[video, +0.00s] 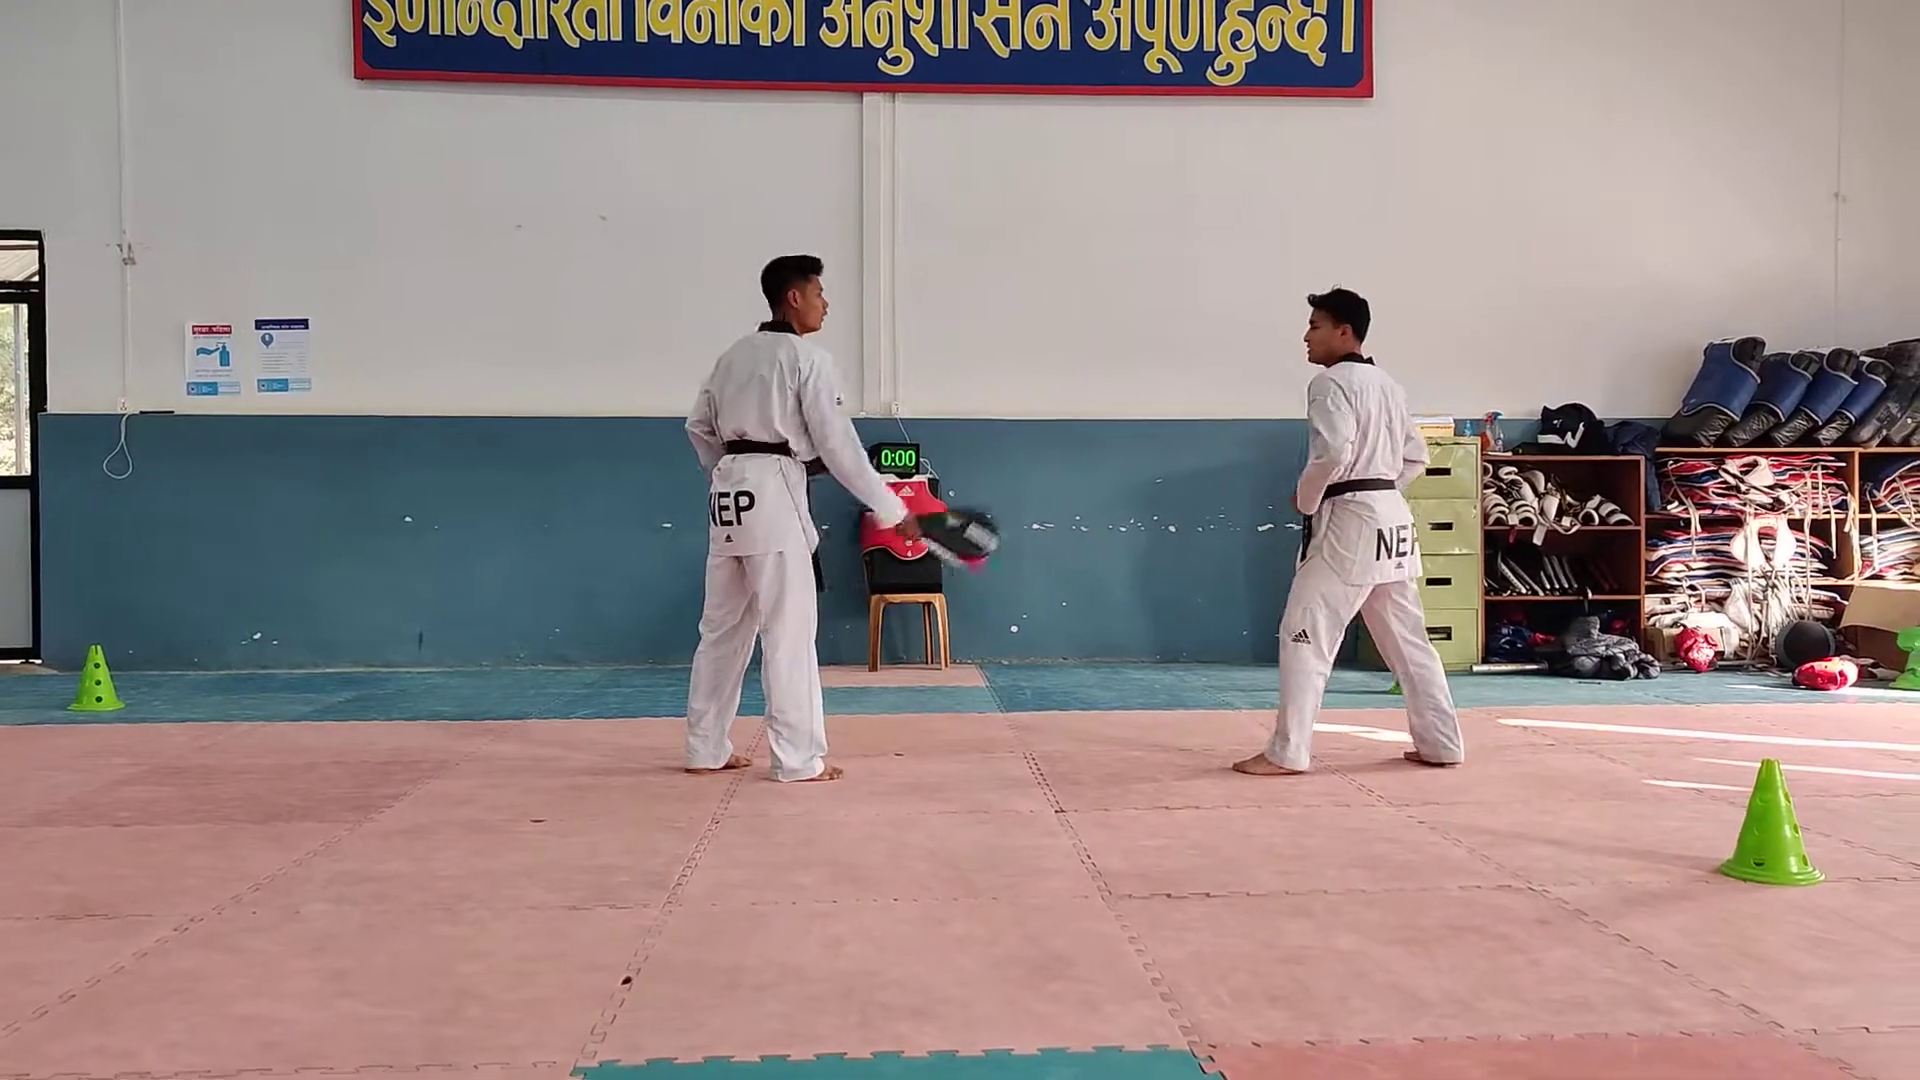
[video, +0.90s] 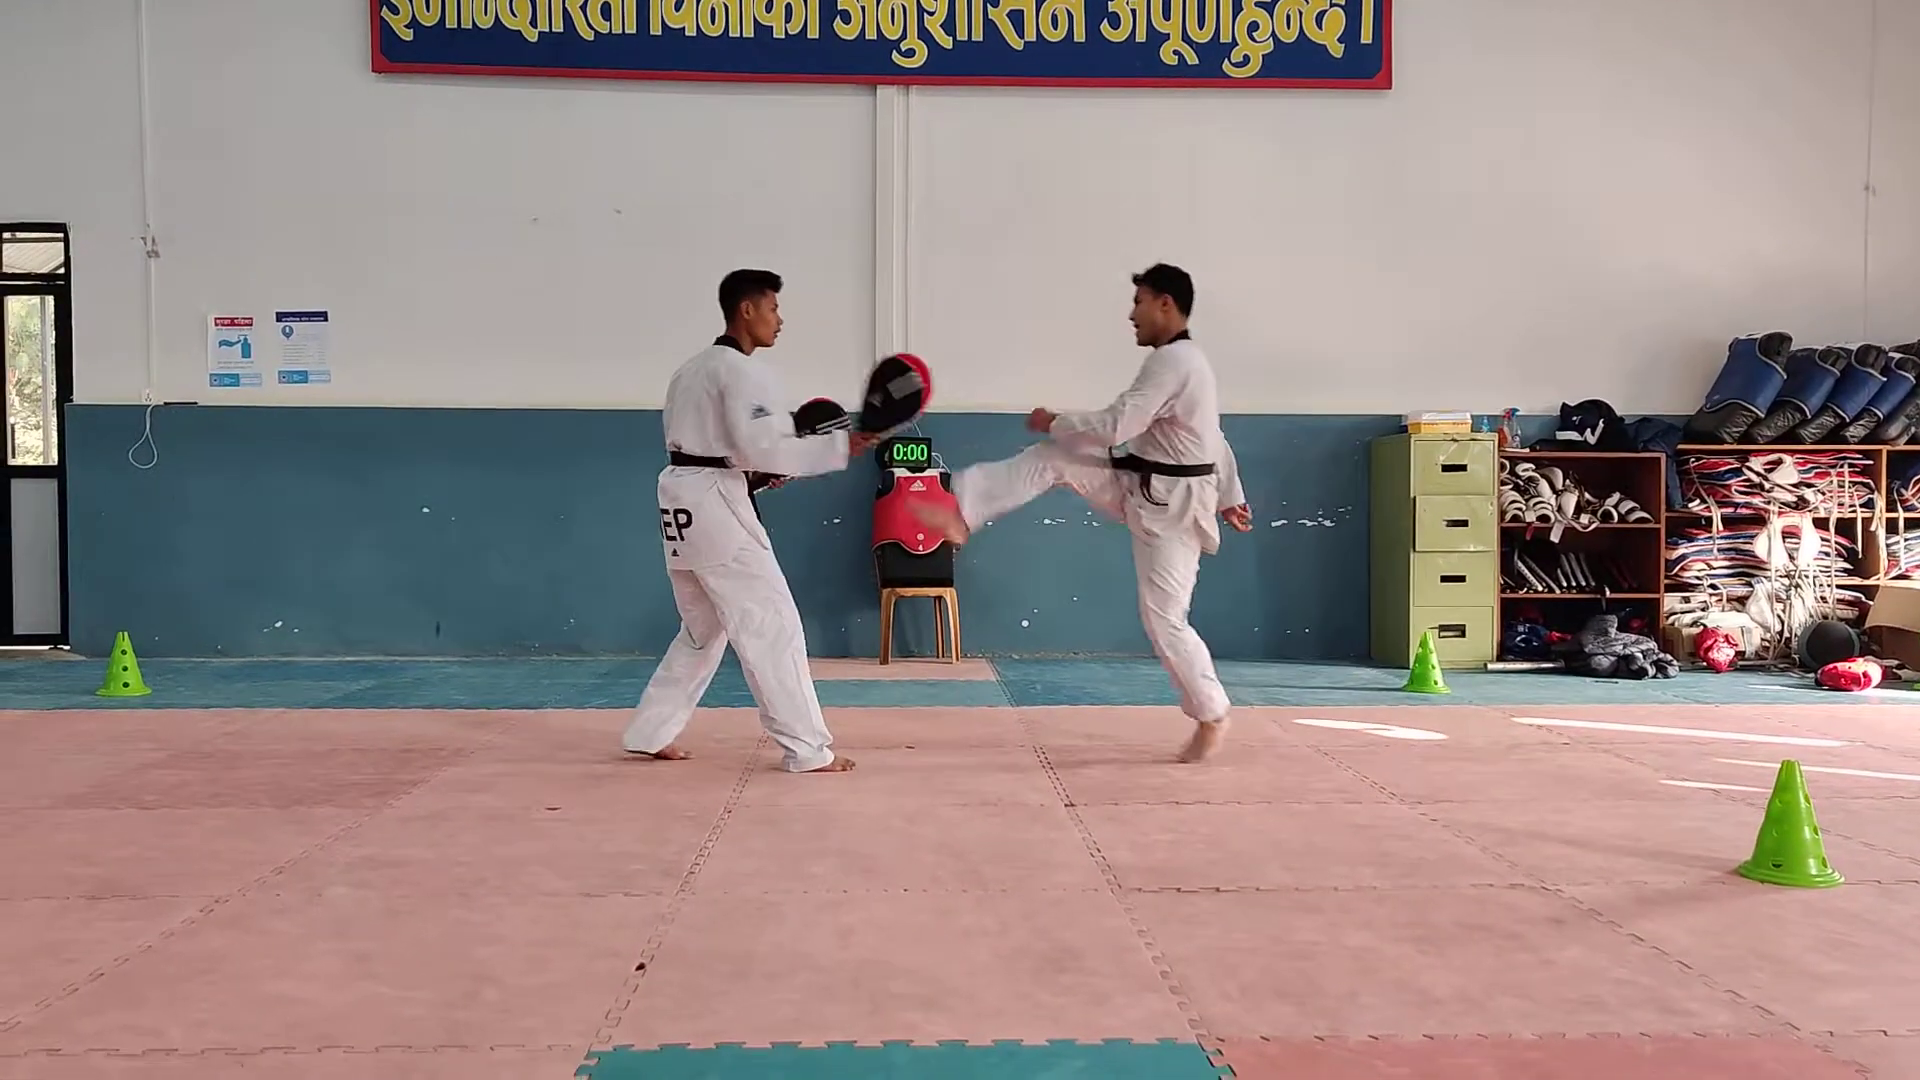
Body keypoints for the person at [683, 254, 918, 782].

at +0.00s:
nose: (825, 302)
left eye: (823, 292)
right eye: (818, 293)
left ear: (782, 300)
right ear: (793, 298)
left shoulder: (734, 353)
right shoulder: (807, 358)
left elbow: (700, 425)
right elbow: (838, 448)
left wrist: (727, 473)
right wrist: (892, 508)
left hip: (726, 487)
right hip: (773, 487)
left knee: (723, 624)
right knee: (789, 622)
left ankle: (706, 749)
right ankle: (798, 758)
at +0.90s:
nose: (779, 318)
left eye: (778, 308)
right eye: (772, 308)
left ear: (737, 314)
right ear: (744, 311)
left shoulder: (691, 370)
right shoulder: (741, 371)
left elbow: (709, 457)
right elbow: (765, 448)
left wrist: (768, 468)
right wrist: (841, 447)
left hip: (677, 502)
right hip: (717, 504)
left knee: (702, 626)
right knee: (772, 620)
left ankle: (648, 735)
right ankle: (807, 749)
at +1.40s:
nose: (619, 288)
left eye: (618, 279)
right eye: (611, 279)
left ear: (590, 283)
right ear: (580, 281)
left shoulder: (606, 353)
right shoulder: (546, 343)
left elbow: (614, 432)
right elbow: (582, 413)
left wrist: (657, 457)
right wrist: (656, 385)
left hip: (595, 482)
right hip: (543, 478)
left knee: (644, 594)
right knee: (484, 595)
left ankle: (692, 704)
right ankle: (414, 705)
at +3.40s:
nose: (648, 315)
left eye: (648, 306)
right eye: (642, 306)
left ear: (613, 307)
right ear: (615, 305)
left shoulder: (585, 352)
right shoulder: (593, 357)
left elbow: (557, 426)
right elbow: (629, 439)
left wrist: (601, 464)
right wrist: (699, 433)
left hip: (570, 474)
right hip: (548, 470)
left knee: (606, 591)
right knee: (538, 589)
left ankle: (627, 699)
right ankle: (475, 696)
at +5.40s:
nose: (626, 296)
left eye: (626, 287)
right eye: (616, 288)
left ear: (606, 294)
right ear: (586, 294)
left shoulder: (617, 348)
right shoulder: (558, 353)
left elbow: (603, 426)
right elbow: (554, 432)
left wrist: (615, 474)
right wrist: (621, 461)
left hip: (601, 481)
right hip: (550, 482)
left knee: (642, 587)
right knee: (519, 595)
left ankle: (692, 690)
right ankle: (481, 704)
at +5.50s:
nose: (612, 298)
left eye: (611, 289)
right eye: (603, 289)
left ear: (588, 295)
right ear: (571, 293)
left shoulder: (602, 348)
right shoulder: (534, 352)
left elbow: (596, 426)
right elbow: (516, 426)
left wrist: (604, 481)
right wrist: (580, 463)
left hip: (588, 480)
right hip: (533, 483)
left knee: (624, 580)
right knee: (515, 590)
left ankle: (671, 684)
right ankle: (485, 701)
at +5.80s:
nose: (612, 296)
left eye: (614, 287)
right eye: (606, 286)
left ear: (582, 285)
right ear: (576, 282)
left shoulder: (587, 342)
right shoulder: (530, 336)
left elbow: (597, 412)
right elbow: (541, 412)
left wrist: (630, 447)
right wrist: (618, 441)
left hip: (550, 462)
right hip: (500, 459)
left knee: (570, 571)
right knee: (492, 571)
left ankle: (582, 687)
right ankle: (477, 696)